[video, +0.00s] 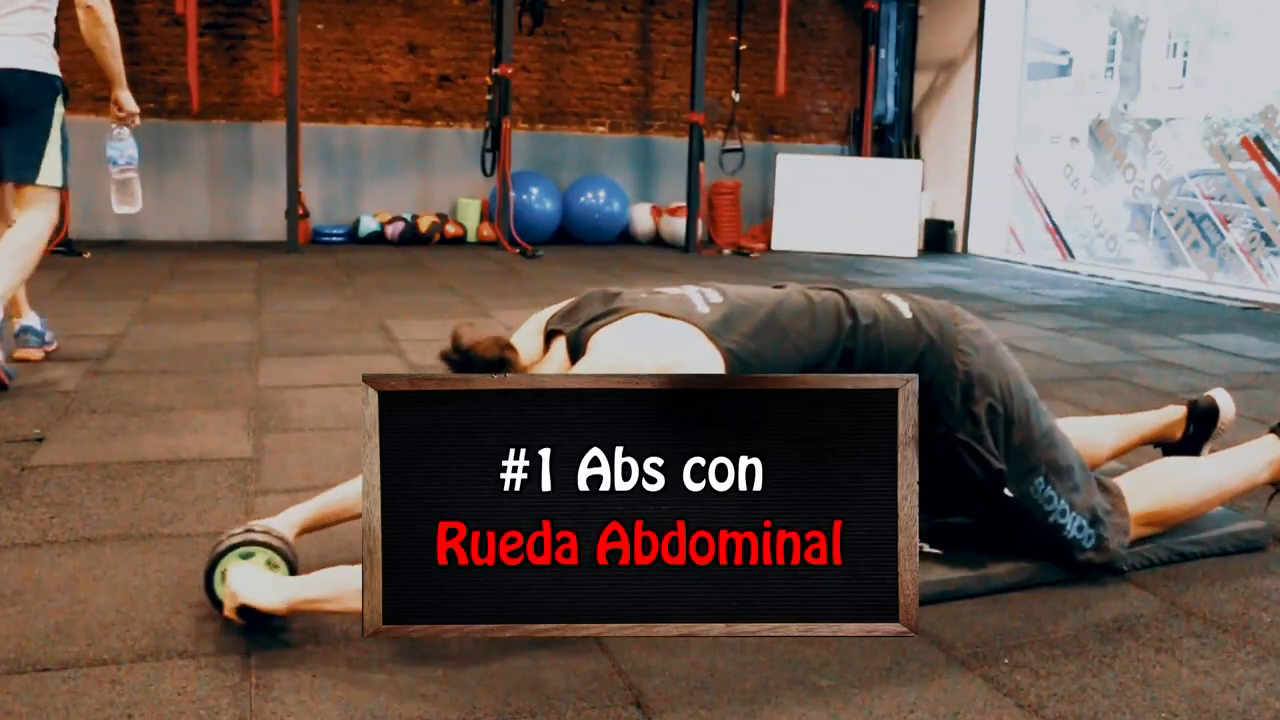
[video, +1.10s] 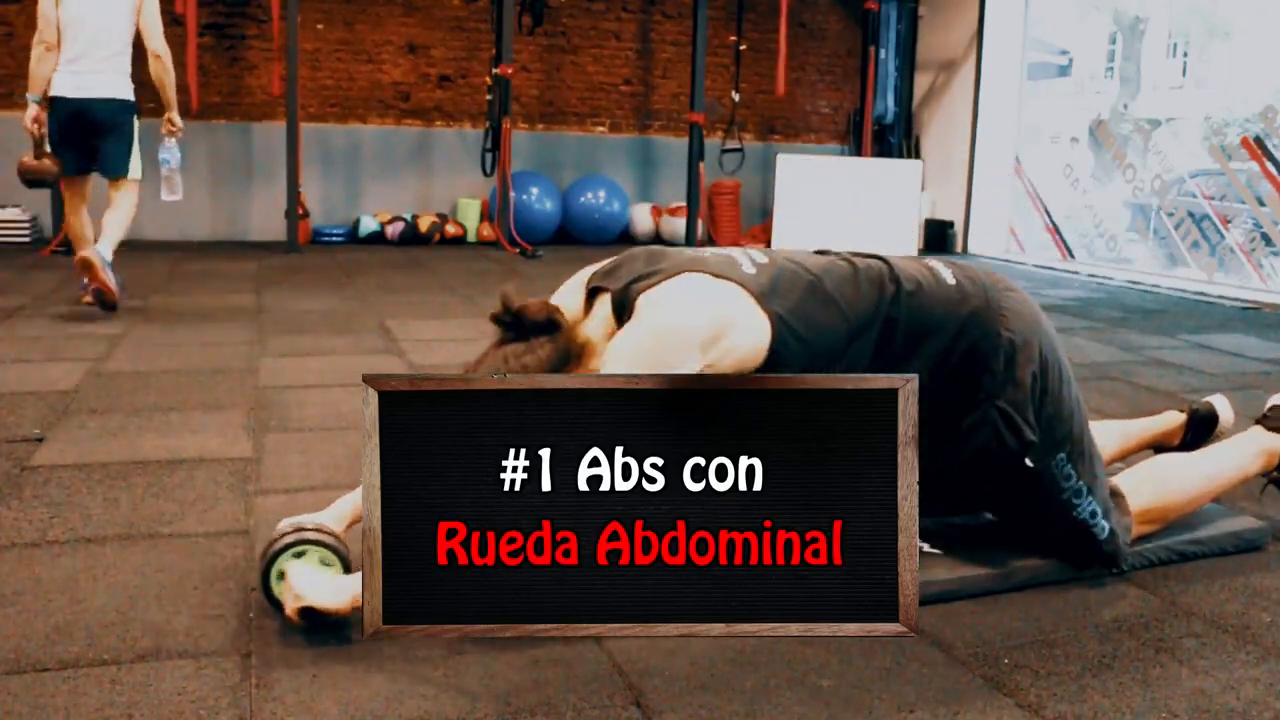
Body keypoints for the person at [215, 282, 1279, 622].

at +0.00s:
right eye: (507, 353)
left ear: (509, 371)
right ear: (504, 359)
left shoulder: (630, 369)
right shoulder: (552, 350)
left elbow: (497, 535)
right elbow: (429, 458)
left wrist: (316, 591)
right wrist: (300, 519)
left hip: (919, 351)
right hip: (874, 357)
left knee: (1093, 521)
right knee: (1018, 484)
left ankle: (1263, 460)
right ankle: (1175, 417)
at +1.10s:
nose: (562, 400)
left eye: (551, 382)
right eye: (539, 380)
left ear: (564, 345)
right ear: (550, 330)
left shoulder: (667, 319)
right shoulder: (591, 306)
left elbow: (544, 458)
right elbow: (482, 422)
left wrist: (377, 555)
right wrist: (344, 514)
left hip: (978, 331)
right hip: (925, 331)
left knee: (1100, 537)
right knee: (978, 519)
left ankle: (1259, 450)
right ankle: (1174, 428)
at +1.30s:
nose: (633, 376)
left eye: (615, 372)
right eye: (615, 376)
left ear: (626, 346)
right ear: (615, 322)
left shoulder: (718, 286)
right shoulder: (644, 256)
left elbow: (664, 391)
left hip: (1004, 302)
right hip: (945, 300)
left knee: (1104, 523)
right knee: (983, 496)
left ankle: (1263, 439)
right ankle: (1179, 420)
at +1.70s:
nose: (718, 358)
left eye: (708, 341)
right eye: (695, 351)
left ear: (732, 281)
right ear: (717, 276)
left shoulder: (844, 225)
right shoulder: (737, 228)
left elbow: (775, 411)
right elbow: (656, 372)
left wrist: (695, 502)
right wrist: (616, 467)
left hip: (1081, 295)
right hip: (984, 326)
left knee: (1101, 526)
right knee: (990, 477)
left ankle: (1268, 449)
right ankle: (1169, 418)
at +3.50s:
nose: (629, 296)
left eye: (625, 268)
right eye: (610, 292)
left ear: (658, 216)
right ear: (609, 285)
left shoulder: (764, 242)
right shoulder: (672, 263)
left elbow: (677, 443)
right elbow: (585, 383)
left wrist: (534, 553)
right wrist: (493, 491)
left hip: (1035, 313)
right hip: (953, 346)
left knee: (1102, 524)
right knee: (997, 485)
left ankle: (1270, 460)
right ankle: (1176, 417)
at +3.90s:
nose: (513, 365)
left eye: (504, 337)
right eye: (490, 365)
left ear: (537, 284)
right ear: (491, 355)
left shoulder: (647, 309)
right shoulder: (571, 316)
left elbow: (538, 508)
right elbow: (464, 427)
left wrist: (363, 582)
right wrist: (343, 514)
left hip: (954, 359)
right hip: (887, 397)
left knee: (1102, 534)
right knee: (1041, 493)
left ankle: (1261, 458)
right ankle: (1208, 422)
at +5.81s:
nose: (633, 388)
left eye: (612, 378)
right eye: (610, 385)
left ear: (633, 325)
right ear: (622, 326)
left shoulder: (732, 277)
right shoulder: (637, 274)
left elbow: (639, 464)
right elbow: (542, 392)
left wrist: (488, 561)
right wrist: (450, 491)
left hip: (1018, 309)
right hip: (937, 341)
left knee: (1091, 525)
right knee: (992, 484)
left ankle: (1260, 456)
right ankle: (1171, 418)